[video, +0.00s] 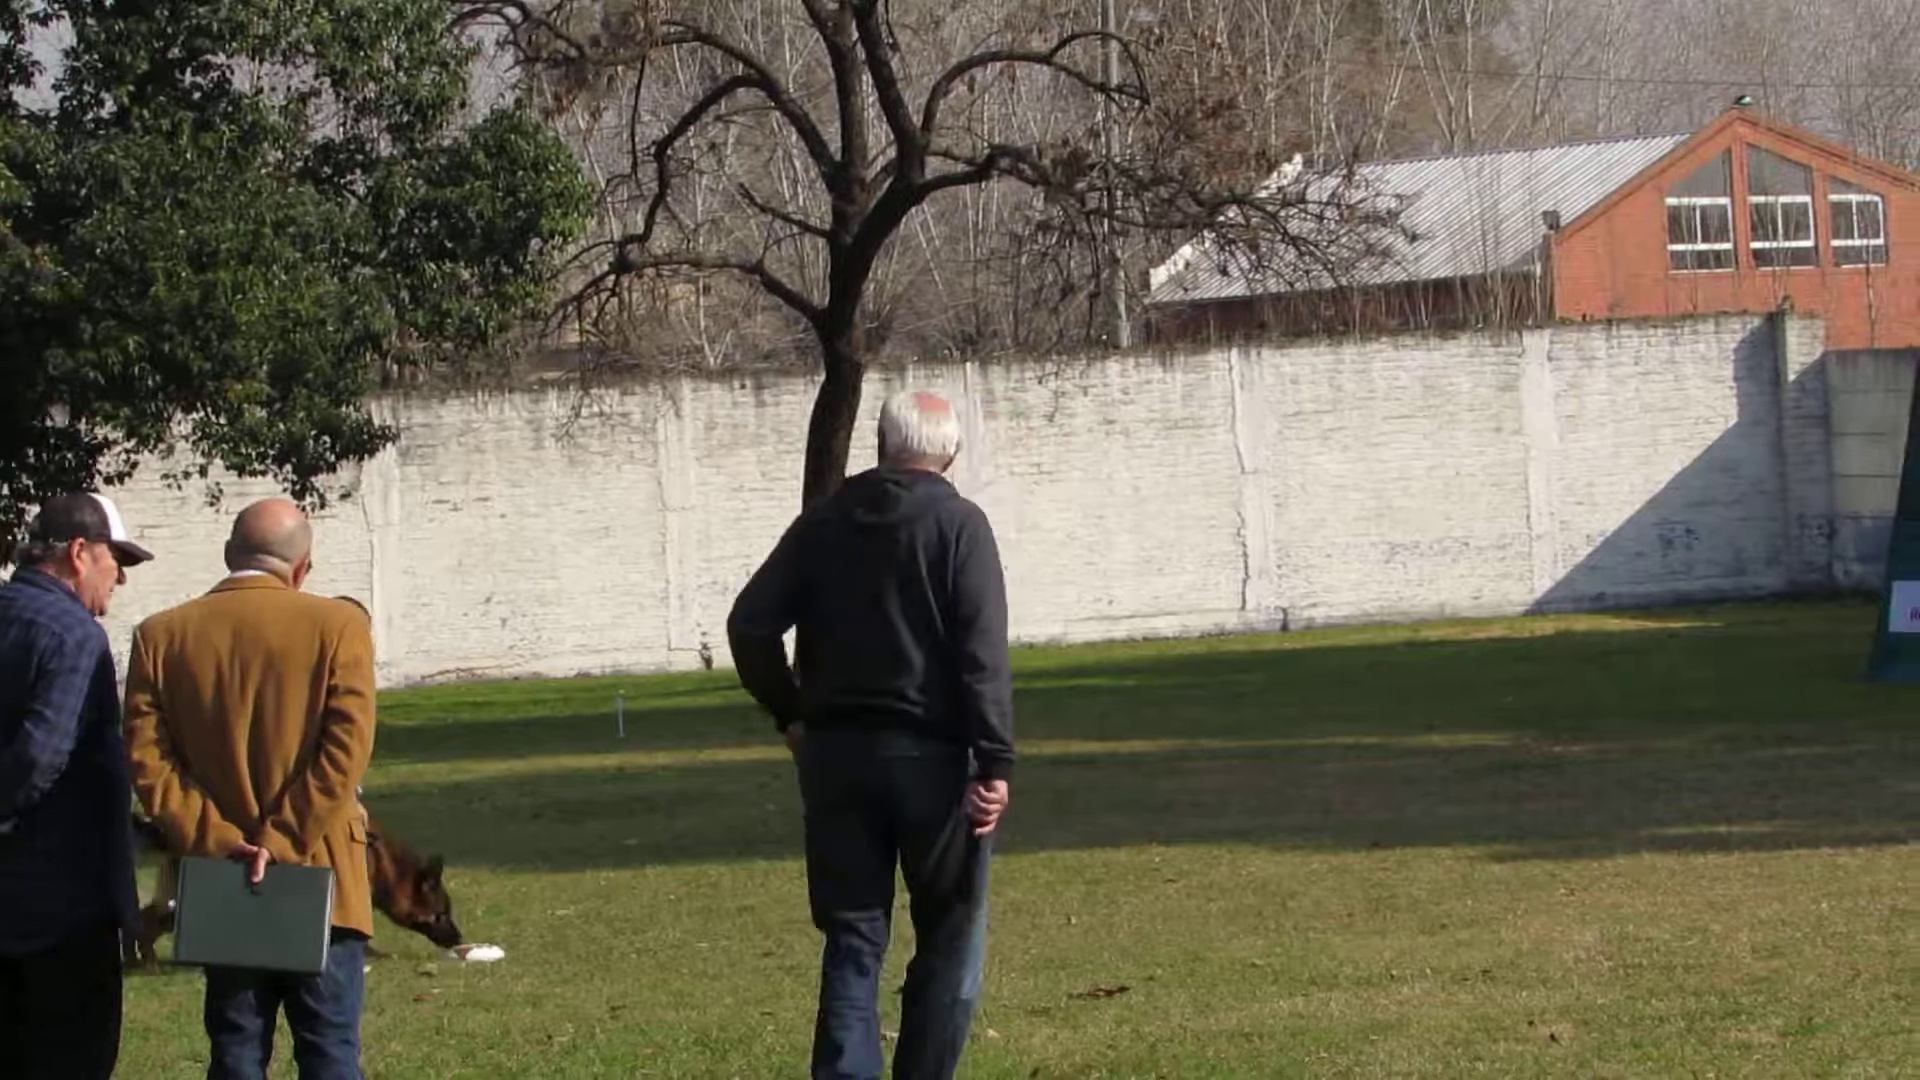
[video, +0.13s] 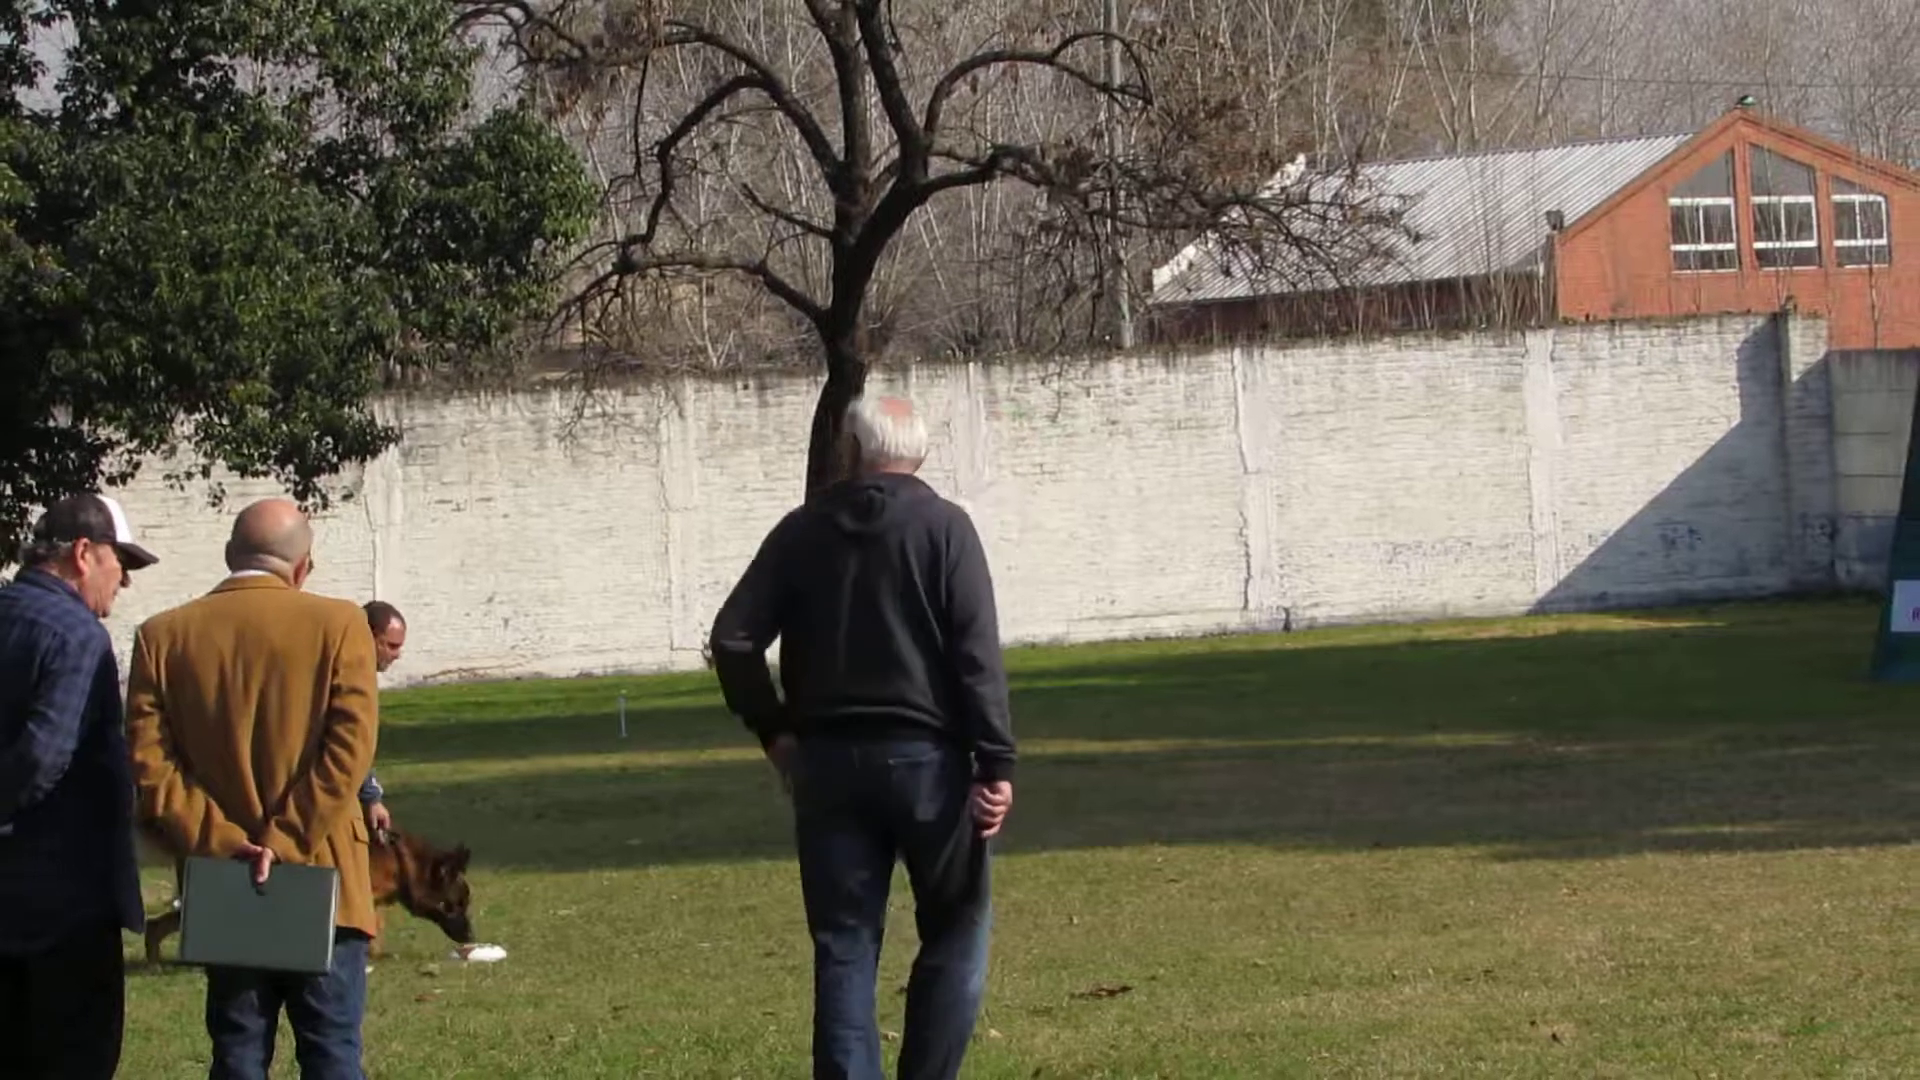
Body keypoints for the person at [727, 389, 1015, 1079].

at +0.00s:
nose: (958, 460)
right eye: (957, 451)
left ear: (883, 444)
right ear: (952, 453)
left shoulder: (826, 517)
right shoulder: (959, 522)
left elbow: (750, 623)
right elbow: (982, 650)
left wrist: (790, 714)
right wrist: (995, 760)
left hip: (835, 759)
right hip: (935, 762)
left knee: (851, 934)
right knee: (951, 936)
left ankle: (844, 1072)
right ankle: (923, 1071)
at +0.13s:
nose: (928, 461)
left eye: (925, 453)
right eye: (926, 452)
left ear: (849, 453)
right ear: (916, 457)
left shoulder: (800, 530)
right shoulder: (944, 527)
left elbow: (733, 640)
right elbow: (976, 654)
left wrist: (772, 729)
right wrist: (997, 763)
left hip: (826, 769)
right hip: (929, 766)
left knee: (842, 946)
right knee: (956, 932)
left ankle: (846, 1073)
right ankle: (929, 1071)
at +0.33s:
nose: (791, 468)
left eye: (793, 457)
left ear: (807, 459)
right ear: (873, 455)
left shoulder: (769, 541)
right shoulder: (917, 527)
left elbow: (710, 654)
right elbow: (964, 653)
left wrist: (749, 745)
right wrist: (995, 758)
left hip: (811, 778)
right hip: (916, 770)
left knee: (834, 954)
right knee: (960, 920)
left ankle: (847, 1075)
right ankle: (941, 1072)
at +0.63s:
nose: (763, 468)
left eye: (763, 459)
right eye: (766, 459)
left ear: (773, 463)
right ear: (843, 454)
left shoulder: (749, 545)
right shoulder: (897, 518)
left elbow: (696, 661)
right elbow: (952, 638)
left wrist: (738, 753)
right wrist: (992, 742)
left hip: (806, 774)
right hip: (913, 762)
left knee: (828, 968)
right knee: (947, 938)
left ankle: (845, 1076)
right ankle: (951, 1072)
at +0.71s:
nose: (750, 466)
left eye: (750, 458)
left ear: (758, 462)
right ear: (829, 452)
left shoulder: (734, 545)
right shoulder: (882, 517)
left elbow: (683, 661)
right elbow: (939, 638)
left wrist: (728, 752)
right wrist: (980, 741)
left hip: (795, 773)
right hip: (901, 760)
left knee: (821, 967)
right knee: (939, 935)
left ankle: (839, 1076)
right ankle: (947, 1071)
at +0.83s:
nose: (758, 466)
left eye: (757, 458)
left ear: (762, 463)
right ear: (835, 452)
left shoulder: (736, 546)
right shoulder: (884, 518)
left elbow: (687, 664)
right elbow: (940, 640)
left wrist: (733, 753)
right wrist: (981, 744)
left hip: (798, 776)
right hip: (903, 763)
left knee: (825, 964)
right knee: (947, 929)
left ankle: (844, 1075)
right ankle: (950, 1072)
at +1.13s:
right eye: (851, 439)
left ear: (777, 450)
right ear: (850, 444)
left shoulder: (744, 536)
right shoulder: (887, 514)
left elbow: (686, 654)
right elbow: (936, 641)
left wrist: (739, 740)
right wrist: (973, 745)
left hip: (798, 768)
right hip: (897, 760)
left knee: (822, 962)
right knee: (927, 943)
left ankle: (837, 1077)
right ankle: (918, 1073)